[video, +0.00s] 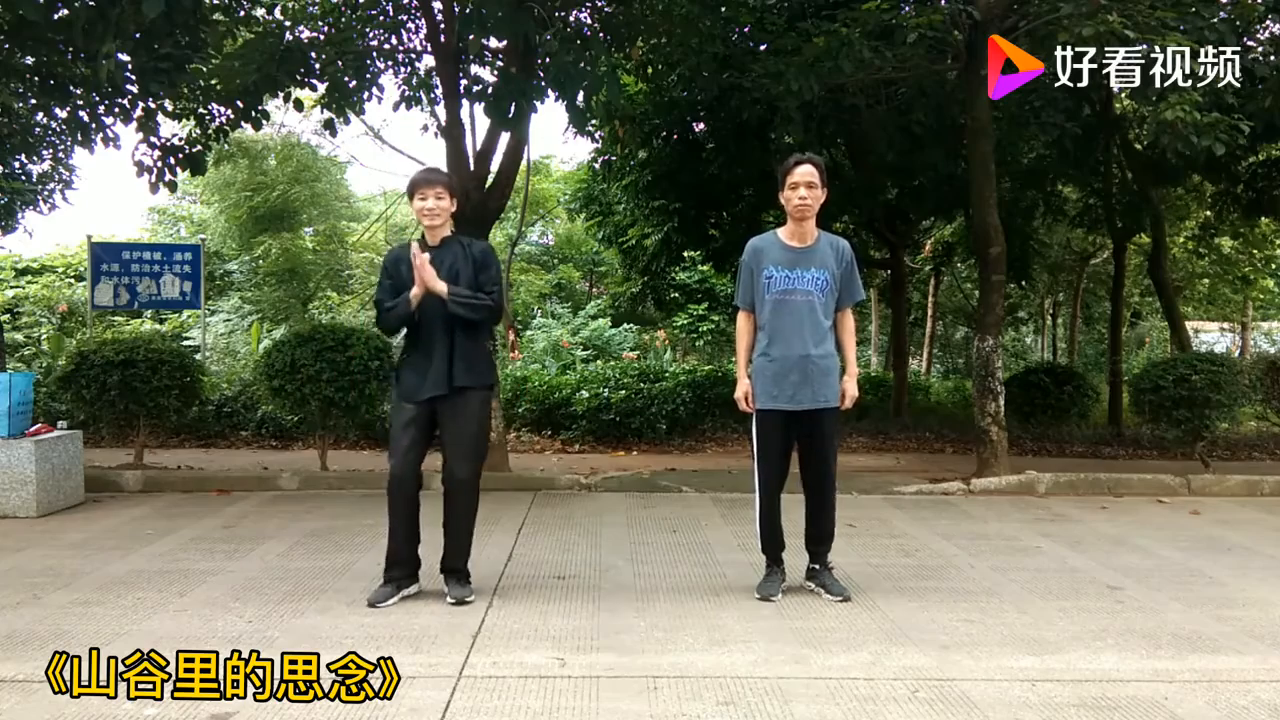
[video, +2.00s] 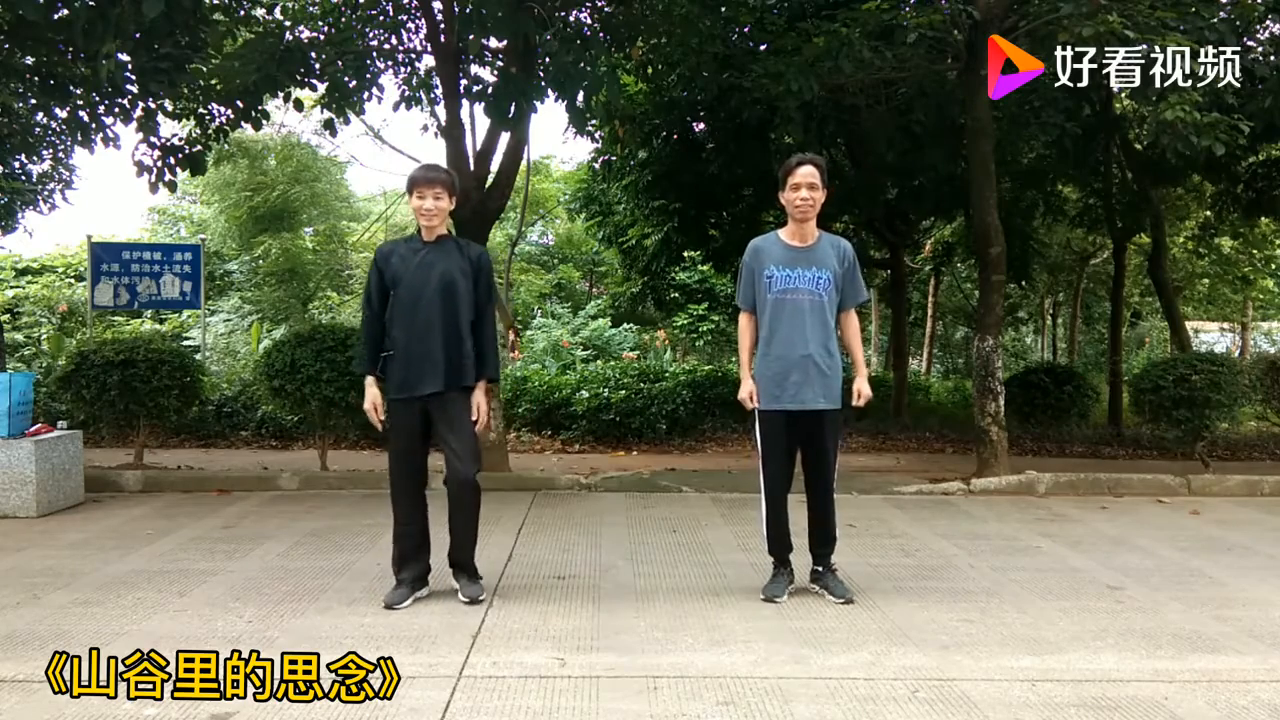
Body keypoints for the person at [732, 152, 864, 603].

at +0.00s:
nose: (803, 194)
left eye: (811, 186)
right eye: (795, 187)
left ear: (823, 194)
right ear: (782, 195)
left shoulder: (838, 250)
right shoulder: (758, 249)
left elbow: (844, 314)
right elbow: (746, 315)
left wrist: (851, 371)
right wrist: (742, 373)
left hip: (823, 384)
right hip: (770, 384)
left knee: (821, 481)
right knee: (768, 483)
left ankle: (819, 566)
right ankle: (773, 567)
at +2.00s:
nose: (804, 196)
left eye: (812, 188)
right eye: (795, 188)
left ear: (823, 196)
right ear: (782, 196)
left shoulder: (840, 251)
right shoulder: (759, 250)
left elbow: (848, 314)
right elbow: (747, 315)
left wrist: (861, 370)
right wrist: (745, 374)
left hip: (824, 387)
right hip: (772, 388)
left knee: (822, 484)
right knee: (775, 485)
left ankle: (822, 568)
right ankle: (781, 568)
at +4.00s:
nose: (782, 186)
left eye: (791, 178)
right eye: (774, 179)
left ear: (806, 185)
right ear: (765, 188)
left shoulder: (829, 242)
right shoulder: (747, 241)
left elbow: (838, 307)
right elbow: (738, 307)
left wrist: (837, 361)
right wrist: (733, 366)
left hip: (811, 377)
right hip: (757, 374)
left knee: (801, 478)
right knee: (744, 458)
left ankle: (794, 569)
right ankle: (771, 498)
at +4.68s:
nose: (745, 192)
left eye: (754, 184)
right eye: (739, 184)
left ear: (775, 190)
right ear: (731, 192)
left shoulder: (797, 246)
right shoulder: (716, 249)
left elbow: (809, 313)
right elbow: (707, 314)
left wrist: (821, 373)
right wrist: (705, 366)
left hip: (782, 369)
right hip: (730, 372)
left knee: (766, 451)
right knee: (744, 477)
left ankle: (806, 479)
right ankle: (768, 565)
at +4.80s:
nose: (734, 192)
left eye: (743, 184)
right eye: (728, 184)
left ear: (763, 191)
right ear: (720, 192)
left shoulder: (788, 246)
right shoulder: (704, 250)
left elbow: (808, 313)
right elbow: (694, 315)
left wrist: (817, 373)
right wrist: (695, 367)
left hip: (774, 367)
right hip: (724, 375)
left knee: (739, 430)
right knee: (738, 475)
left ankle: (773, 494)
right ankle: (771, 567)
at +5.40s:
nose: (663, 190)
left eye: (673, 182)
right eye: (658, 182)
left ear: (694, 189)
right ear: (652, 190)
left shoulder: (719, 245)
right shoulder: (640, 246)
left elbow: (736, 311)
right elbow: (637, 311)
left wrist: (727, 370)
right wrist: (624, 359)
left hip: (701, 386)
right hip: (649, 380)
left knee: (709, 488)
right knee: (612, 440)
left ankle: (721, 574)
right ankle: (649, 495)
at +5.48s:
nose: (651, 182)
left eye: (661, 174)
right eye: (646, 175)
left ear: (682, 181)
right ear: (640, 182)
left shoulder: (709, 237)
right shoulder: (629, 238)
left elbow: (725, 302)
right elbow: (627, 302)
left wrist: (716, 361)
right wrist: (615, 352)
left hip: (692, 383)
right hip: (637, 379)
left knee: (707, 481)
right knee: (604, 453)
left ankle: (711, 565)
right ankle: (622, 522)